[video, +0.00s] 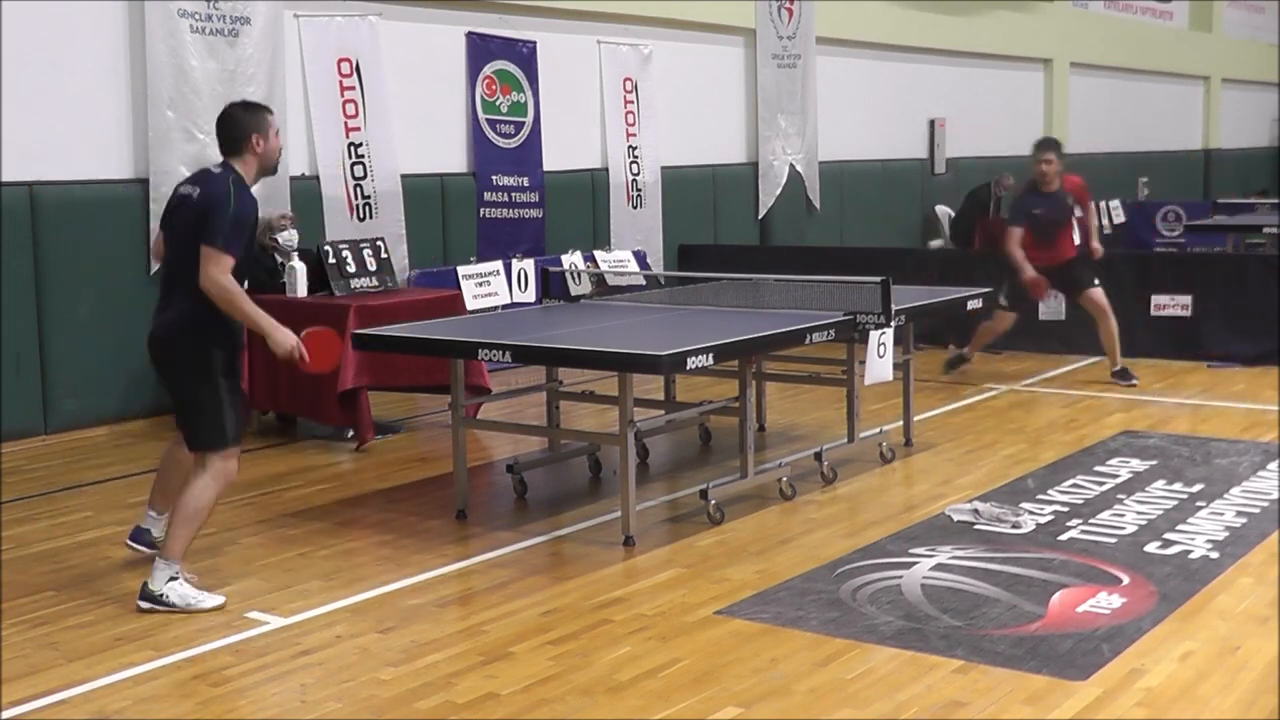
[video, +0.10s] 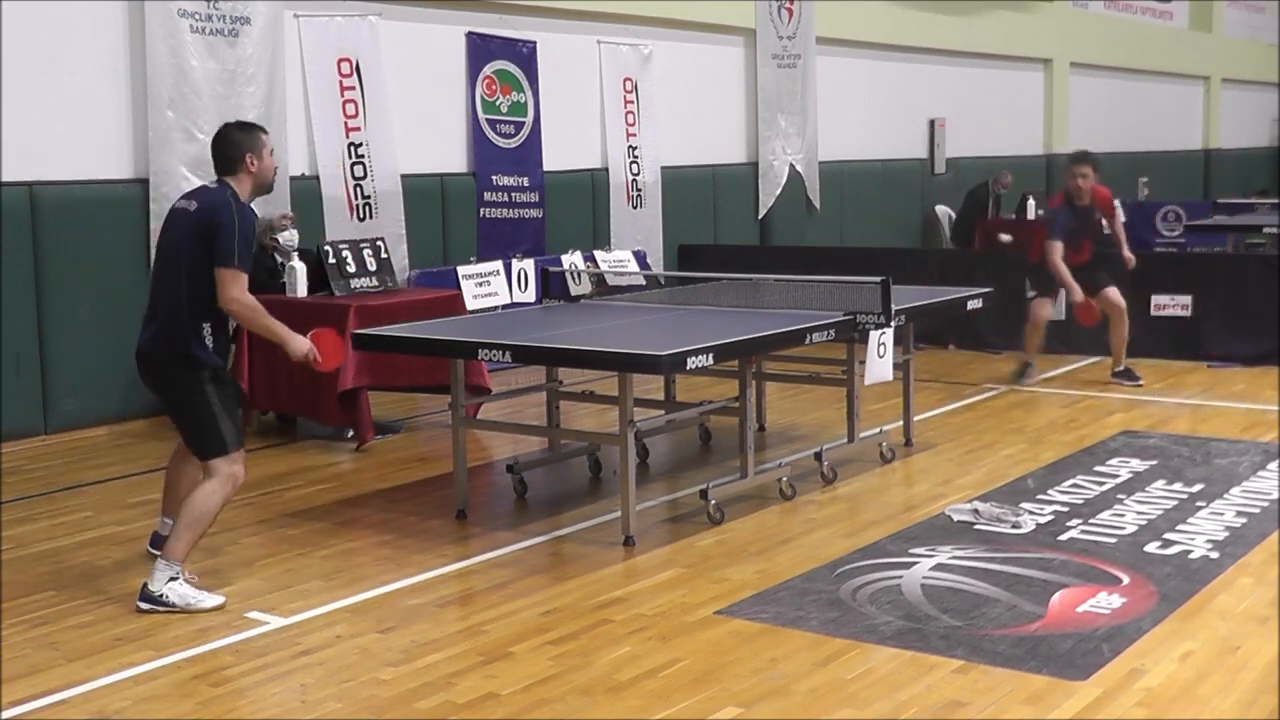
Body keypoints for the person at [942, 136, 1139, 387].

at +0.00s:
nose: (1043, 168)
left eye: (1048, 163)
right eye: (1039, 163)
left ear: (1060, 164)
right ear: (1033, 165)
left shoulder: (1074, 186)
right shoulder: (1024, 196)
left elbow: (1088, 208)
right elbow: (1012, 244)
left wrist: (1093, 240)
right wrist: (1028, 272)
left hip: (1069, 263)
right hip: (1031, 267)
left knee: (1102, 307)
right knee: (1001, 323)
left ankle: (1117, 367)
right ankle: (967, 353)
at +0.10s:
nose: (1078, 183)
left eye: (1084, 177)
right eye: (1074, 177)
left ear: (1094, 179)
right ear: (1067, 179)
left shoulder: (1102, 197)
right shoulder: (1058, 206)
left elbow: (1114, 219)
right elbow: (1053, 256)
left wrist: (1124, 248)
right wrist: (1073, 289)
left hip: (1084, 265)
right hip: (1050, 266)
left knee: (1118, 307)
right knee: (1039, 316)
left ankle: (1119, 367)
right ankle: (1029, 363)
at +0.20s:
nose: (1097, 200)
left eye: (1102, 194)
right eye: (1091, 194)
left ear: (1112, 195)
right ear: (1083, 195)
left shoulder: (1116, 210)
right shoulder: (1073, 221)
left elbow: (1123, 228)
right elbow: (1076, 273)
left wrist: (1136, 255)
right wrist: (1097, 305)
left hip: (1089, 265)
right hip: (1053, 265)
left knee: (1127, 307)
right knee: (1065, 303)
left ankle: (1121, 367)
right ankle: (1068, 373)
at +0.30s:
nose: (1121, 224)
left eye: (1127, 218)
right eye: (1116, 217)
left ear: (1135, 220)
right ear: (1106, 217)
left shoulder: (1129, 228)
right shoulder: (1094, 241)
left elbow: (1125, 242)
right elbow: (1100, 294)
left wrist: (1131, 256)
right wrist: (1126, 330)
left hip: (1091, 279)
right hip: (1058, 281)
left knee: (1141, 311)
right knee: (1088, 310)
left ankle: (1122, 369)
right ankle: (1100, 382)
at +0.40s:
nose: (1134, 234)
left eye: (1139, 227)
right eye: (1128, 227)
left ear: (1145, 228)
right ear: (1116, 225)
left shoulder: (1127, 243)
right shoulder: (1102, 249)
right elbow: (1106, 303)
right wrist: (1132, 336)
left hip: (1093, 283)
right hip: (1060, 285)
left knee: (1144, 315)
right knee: (1099, 311)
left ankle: (1122, 369)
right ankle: (1103, 382)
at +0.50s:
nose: (1129, 234)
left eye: (1135, 228)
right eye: (1123, 227)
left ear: (1143, 227)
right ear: (1113, 226)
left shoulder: (1142, 235)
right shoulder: (1101, 242)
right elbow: (1097, 285)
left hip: (1106, 280)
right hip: (1069, 280)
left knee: (1146, 321)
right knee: (1101, 309)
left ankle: (1117, 365)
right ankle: (1102, 381)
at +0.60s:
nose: (1118, 224)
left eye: (1123, 218)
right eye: (1112, 218)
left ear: (1134, 218)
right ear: (1105, 218)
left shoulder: (1141, 227)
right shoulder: (1094, 234)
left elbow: (1136, 256)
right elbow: (1083, 269)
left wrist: (1120, 272)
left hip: (1117, 276)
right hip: (1079, 275)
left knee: (1146, 326)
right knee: (1099, 309)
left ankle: (1113, 357)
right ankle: (1102, 380)